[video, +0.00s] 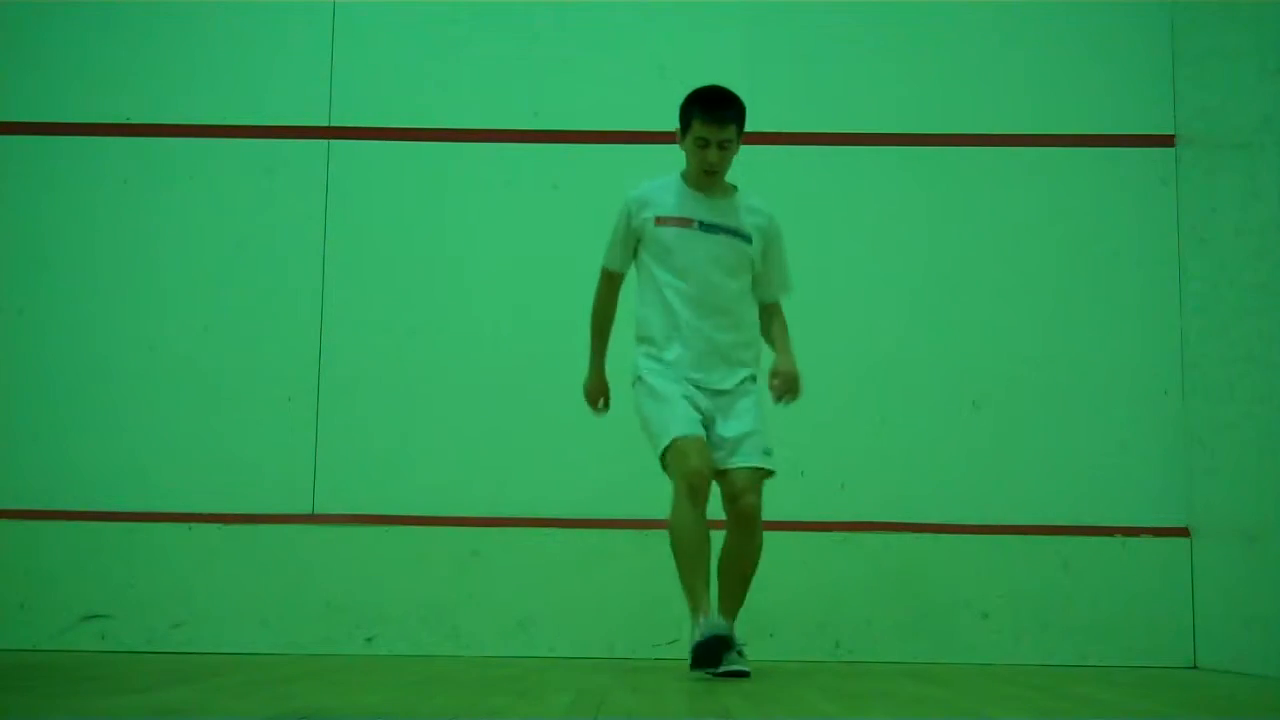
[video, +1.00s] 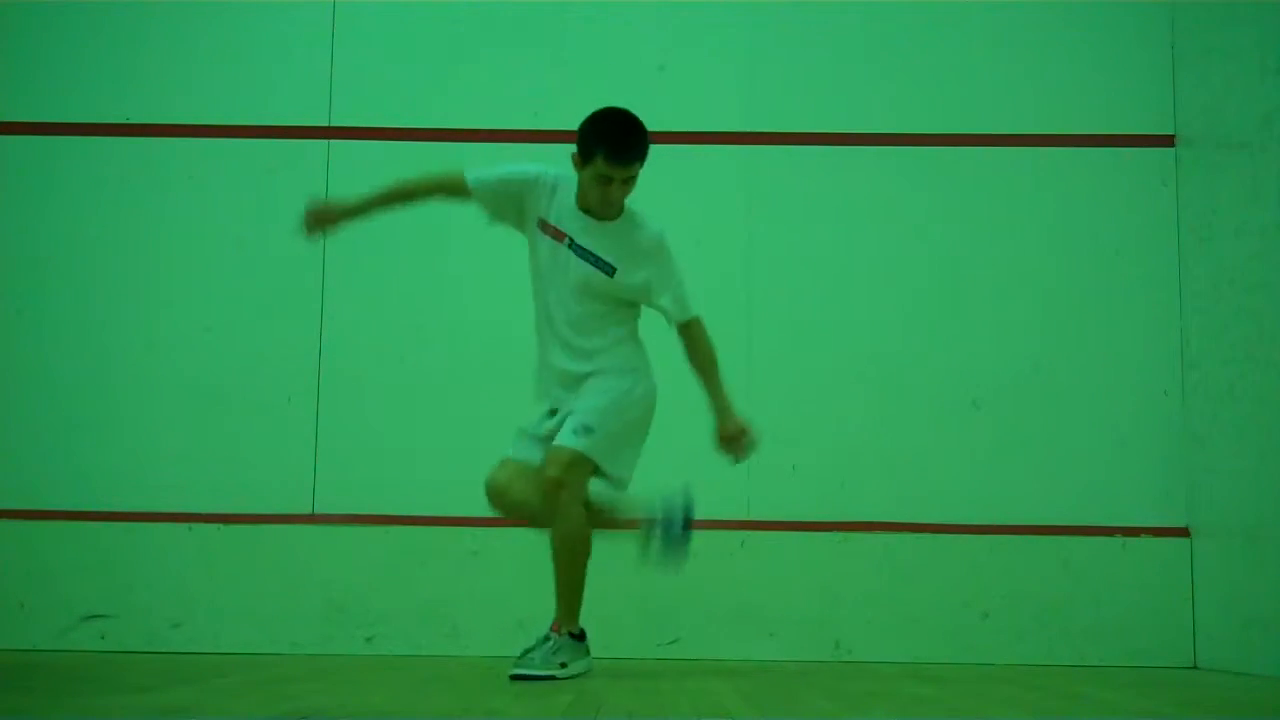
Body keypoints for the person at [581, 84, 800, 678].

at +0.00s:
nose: (713, 158)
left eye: (725, 146)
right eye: (702, 144)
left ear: (739, 145)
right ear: (681, 140)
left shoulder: (759, 222)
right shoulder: (644, 204)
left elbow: (770, 304)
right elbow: (608, 284)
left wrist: (784, 356)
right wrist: (596, 366)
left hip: (737, 380)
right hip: (664, 373)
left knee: (747, 498)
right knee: (695, 472)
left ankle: (724, 635)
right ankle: (703, 624)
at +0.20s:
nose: (703, 140)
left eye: (715, 129)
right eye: (693, 127)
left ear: (729, 133)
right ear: (672, 127)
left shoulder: (752, 212)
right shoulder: (634, 197)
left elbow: (792, 282)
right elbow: (594, 277)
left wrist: (811, 318)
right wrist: (587, 367)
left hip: (722, 368)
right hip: (651, 362)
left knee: (727, 495)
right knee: (659, 326)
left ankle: (721, 633)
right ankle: (709, 458)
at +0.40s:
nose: (680, 114)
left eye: (692, 104)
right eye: (670, 102)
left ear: (705, 110)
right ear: (649, 104)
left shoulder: (734, 191)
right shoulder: (609, 181)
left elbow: (760, 268)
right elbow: (584, 264)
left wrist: (770, 321)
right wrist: (582, 344)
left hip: (704, 362)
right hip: (630, 356)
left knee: (715, 497)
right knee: (606, 453)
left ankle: (721, 631)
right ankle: (637, 592)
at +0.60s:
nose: (654, 124)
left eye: (666, 113)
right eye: (644, 111)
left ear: (681, 116)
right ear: (621, 109)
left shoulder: (702, 195)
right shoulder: (581, 180)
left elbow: (731, 278)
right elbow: (533, 247)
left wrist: (748, 345)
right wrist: (518, 334)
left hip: (669, 361)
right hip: (599, 364)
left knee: (652, 457)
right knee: (602, 499)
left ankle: (684, 590)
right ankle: (636, 629)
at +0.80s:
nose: (636, 127)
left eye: (647, 115)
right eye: (625, 113)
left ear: (658, 112)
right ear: (598, 104)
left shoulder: (672, 182)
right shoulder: (553, 151)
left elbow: (718, 262)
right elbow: (478, 188)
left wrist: (727, 332)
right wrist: (440, 269)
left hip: (640, 344)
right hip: (573, 346)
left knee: (605, 459)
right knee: (544, 465)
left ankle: (578, 621)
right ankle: (640, 576)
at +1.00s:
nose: (617, 194)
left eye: (628, 182)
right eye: (606, 181)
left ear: (640, 173)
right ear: (578, 163)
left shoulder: (645, 244)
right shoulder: (539, 192)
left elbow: (690, 327)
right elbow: (444, 186)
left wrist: (724, 413)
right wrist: (347, 210)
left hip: (619, 385)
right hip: (561, 392)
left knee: (560, 475)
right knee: (507, 488)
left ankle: (567, 638)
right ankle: (649, 521)